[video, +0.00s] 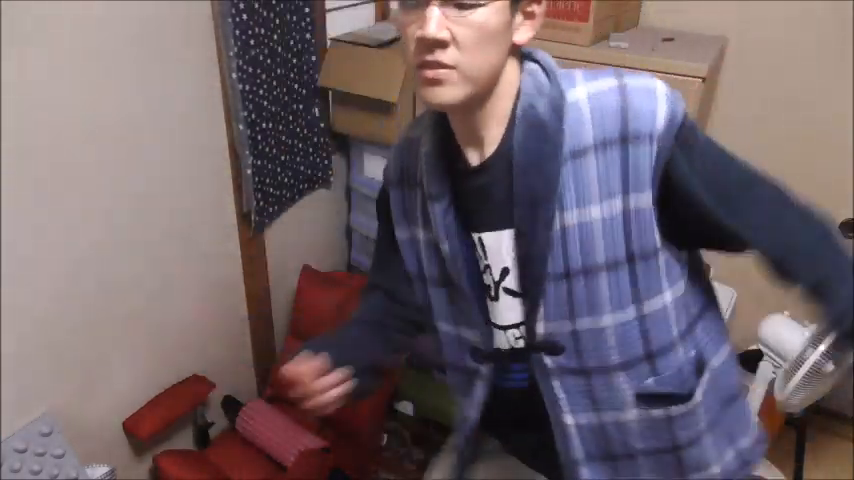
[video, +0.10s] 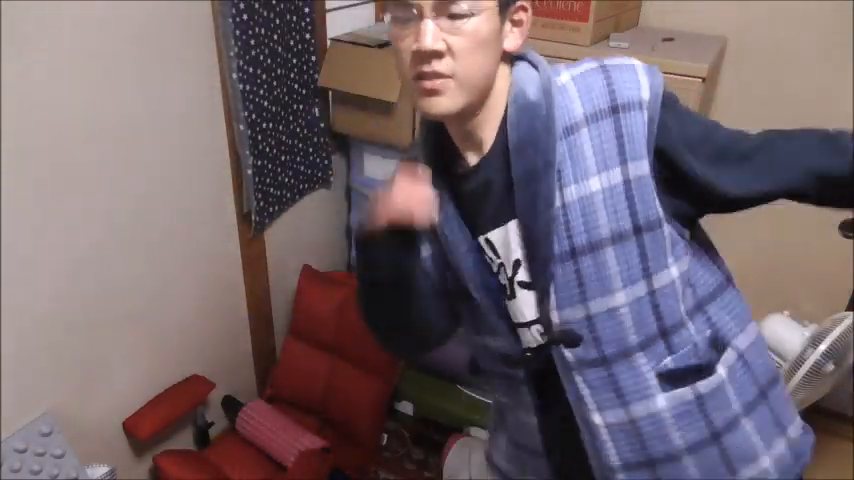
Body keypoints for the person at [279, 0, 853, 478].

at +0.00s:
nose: (428, 29)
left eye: (463, 4)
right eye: (416, 6)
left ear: (525, 20)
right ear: (401, 21)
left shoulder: (631, 120)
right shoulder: (409, 169)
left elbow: (789, 231)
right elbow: (390, 305)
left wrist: (851, 314)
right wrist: (336, 360)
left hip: (660, 445)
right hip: (511, 446)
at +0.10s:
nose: (425, 43)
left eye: (455, 16)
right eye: (408, 19)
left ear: (514, 28)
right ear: (391, 32)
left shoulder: (622, 104)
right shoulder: (418, 186)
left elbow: (757, 163)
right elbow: (411, 335)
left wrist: (851, 159)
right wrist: (386, 245)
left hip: (699, 448)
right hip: (543, 457)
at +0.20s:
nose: (435, 69)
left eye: (462, 42)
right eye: (416, 44)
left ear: (519, 56)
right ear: (400, 56)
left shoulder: (617, 122)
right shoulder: (421, 199)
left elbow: (737, 185)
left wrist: (849, 142)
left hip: (692, 442)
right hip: (550, 462)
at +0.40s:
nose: (450, 32)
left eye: (483, 8)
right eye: (438, 8)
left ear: (540, 29)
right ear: (419, 25)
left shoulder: (634, 132)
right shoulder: (412, 182)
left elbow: (760, 225)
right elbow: (408, 286)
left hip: (643, 462)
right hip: (495, 460)